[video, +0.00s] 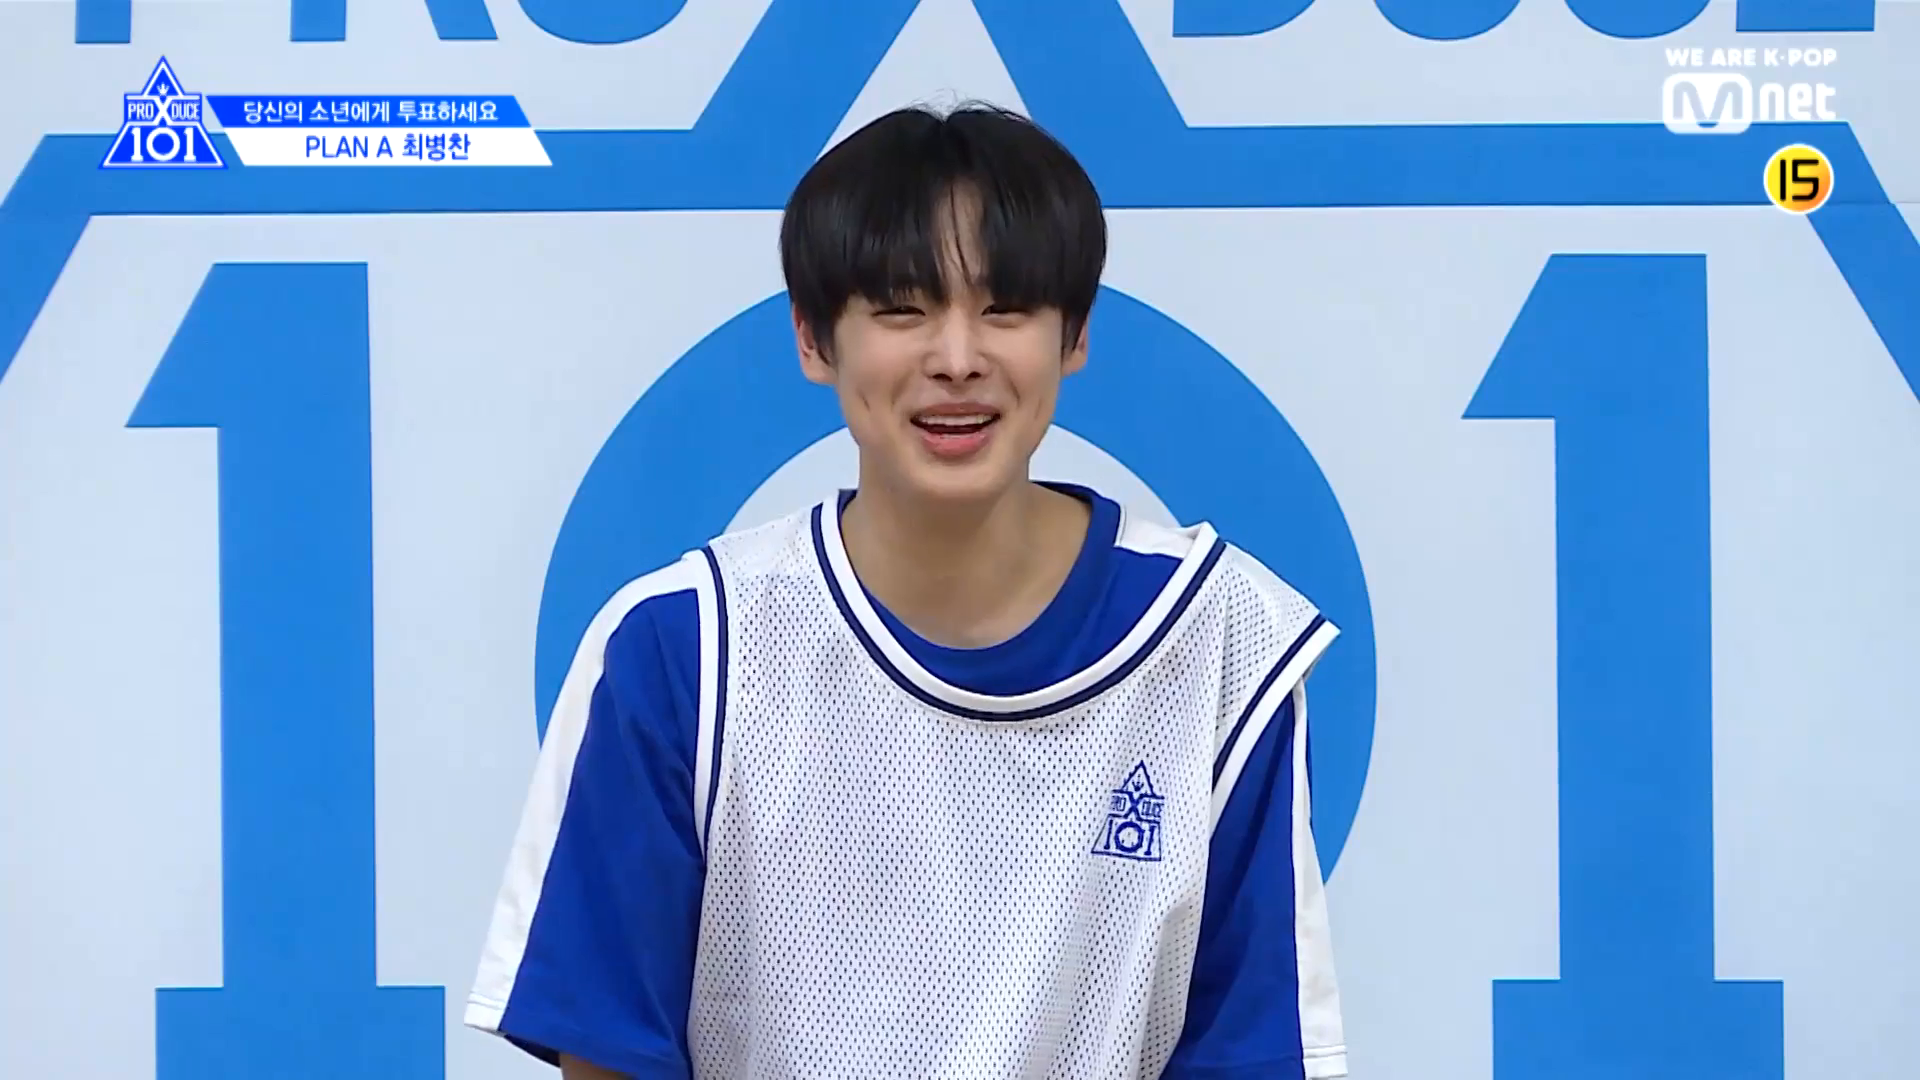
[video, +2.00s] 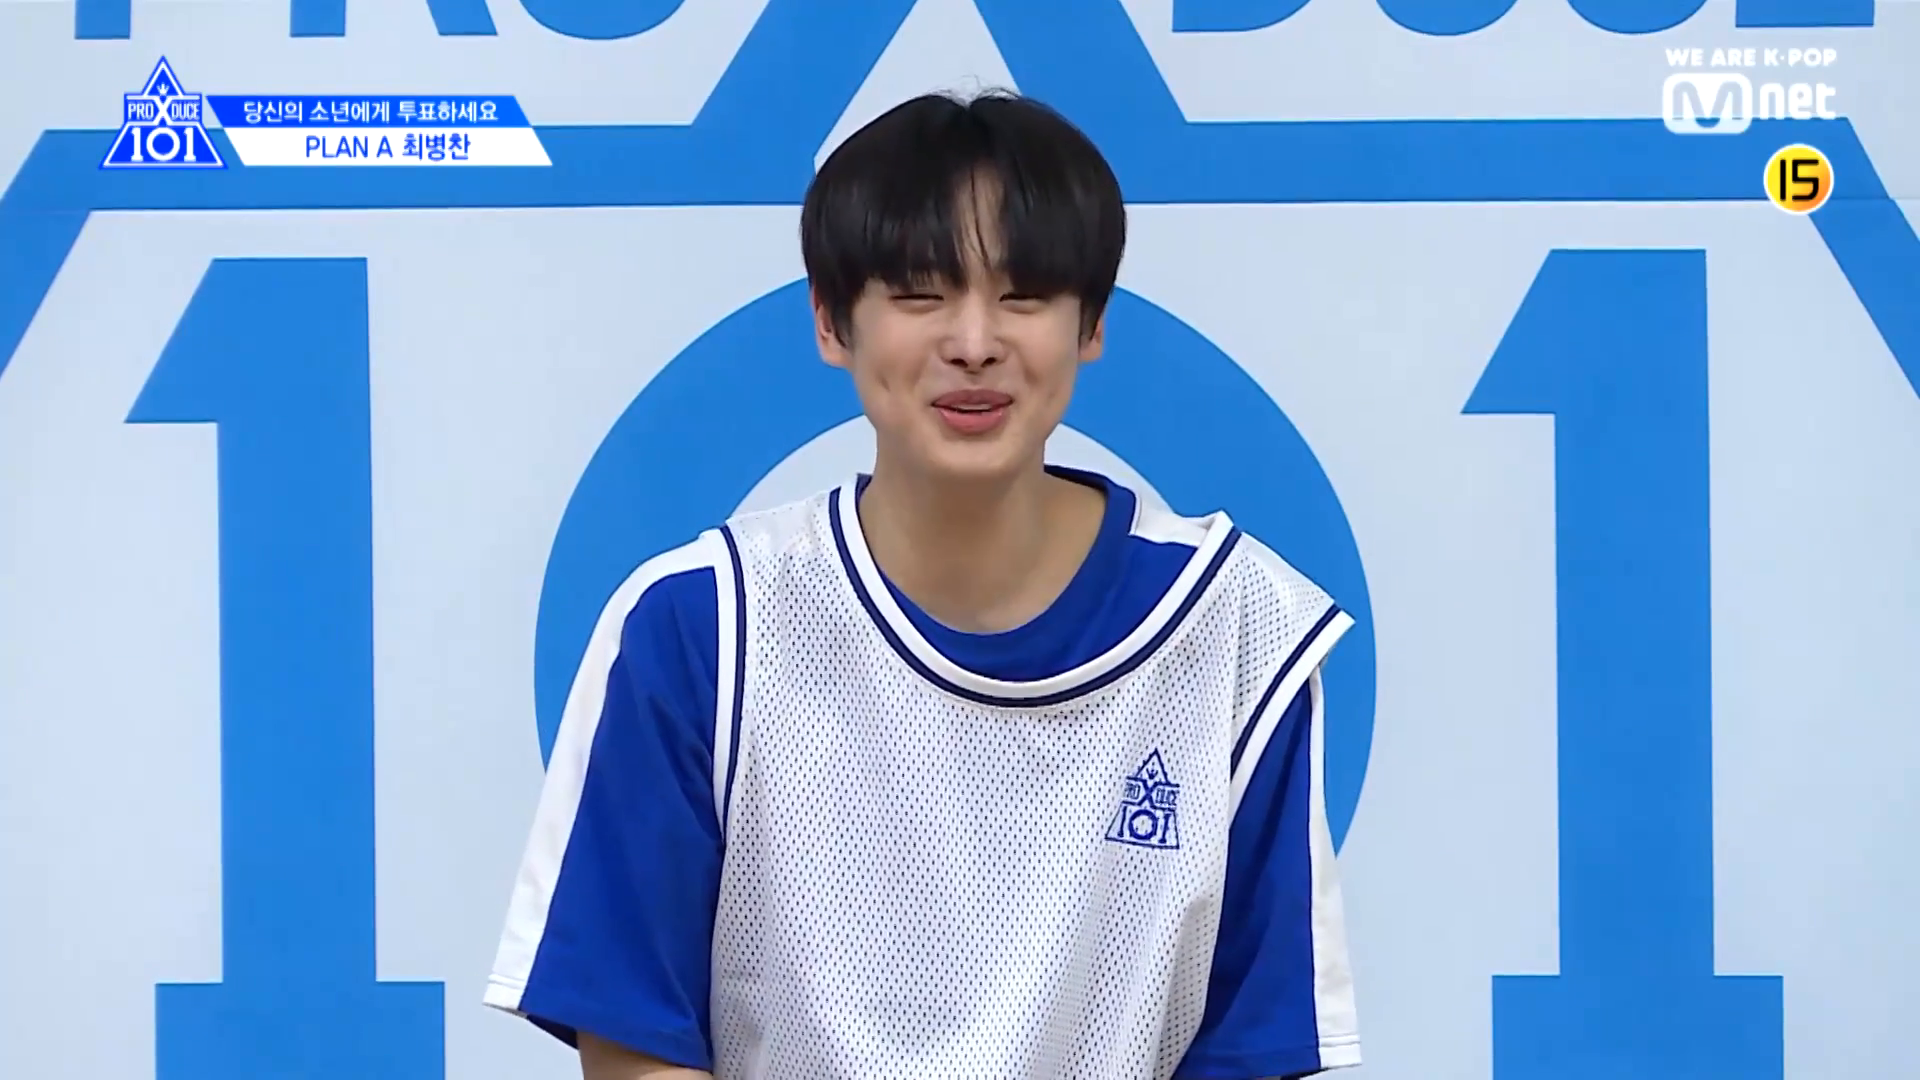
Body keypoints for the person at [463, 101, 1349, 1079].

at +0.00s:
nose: (957, 360)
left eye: (1005, 307)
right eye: (904, 306)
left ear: (1071, 340)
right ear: (819, 342)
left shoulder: (1229, 646)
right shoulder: (673, 653)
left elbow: (1255, 1052)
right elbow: (607, 1050)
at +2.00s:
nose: (974, 342)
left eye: (1025, 292)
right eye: (922, 288)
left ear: (1088, 331)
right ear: (836, 326)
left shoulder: (1242, 636)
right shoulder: (689, 631)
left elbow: (1264, 1048)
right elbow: (629, 1038)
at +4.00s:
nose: (958, 431)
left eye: (971, 419)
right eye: (944, 419)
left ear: (988, 426)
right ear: (923, 426)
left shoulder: (1029, 505)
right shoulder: (887, 503)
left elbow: (1028, 616)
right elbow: (869, 612)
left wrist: (980, 678)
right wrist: (921, 678)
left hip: (994, 682)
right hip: (906, 683)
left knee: (1070, 656)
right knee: (827, 661)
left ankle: (1052, 821)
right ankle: (849, 820)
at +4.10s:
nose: (959, 438)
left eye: (971, 426)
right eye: (946, 426)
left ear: (988, 433)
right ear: (926, 432)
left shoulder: (1025, 508)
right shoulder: (892, 504)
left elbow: (1025, 611)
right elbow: (875, 607)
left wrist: (979, 669)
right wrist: (923, 669)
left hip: (992, 674)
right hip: (910, 675)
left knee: (1063, 649)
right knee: (835, 654)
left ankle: (1047, 803)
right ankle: (856, 803)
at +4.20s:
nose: (960, 443)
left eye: (972, 432)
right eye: (947, 432)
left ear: (987, 438)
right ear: (929, 438)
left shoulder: (1022, 510)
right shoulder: (896, 507)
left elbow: (1022, 608)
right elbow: (879, 604)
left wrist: (978, 663)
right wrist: (925, 663)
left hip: (991, 667)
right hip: (912, 668)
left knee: (1058, 643)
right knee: (842, 648)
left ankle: (1042, 791)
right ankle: (861, 790)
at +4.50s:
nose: (961, 453)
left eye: (971, 443)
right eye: (949, 442)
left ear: (985, 449)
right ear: (932, 448)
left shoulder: (1017, 513)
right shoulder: (902, 511)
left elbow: (1017, 603)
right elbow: (887, 599)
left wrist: (977, 653)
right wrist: (929, 653)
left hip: (988, 657)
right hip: (917, 658)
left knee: (1050, 635)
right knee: (852, 640)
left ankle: (1035, 769)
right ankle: (869, 769)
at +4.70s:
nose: (961, 453)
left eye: (971, 443)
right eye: (949, 442)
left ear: (985, 449)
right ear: (932, 448)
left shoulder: (1016, 513)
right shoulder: (902, 511)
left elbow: (1016, 604)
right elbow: (887, 600)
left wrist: (977, 653)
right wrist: (929, 653)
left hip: (989, 656)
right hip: (917, 657)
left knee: (1050, 635)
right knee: (853, 639)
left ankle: (1034, 769)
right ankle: (870, 768)